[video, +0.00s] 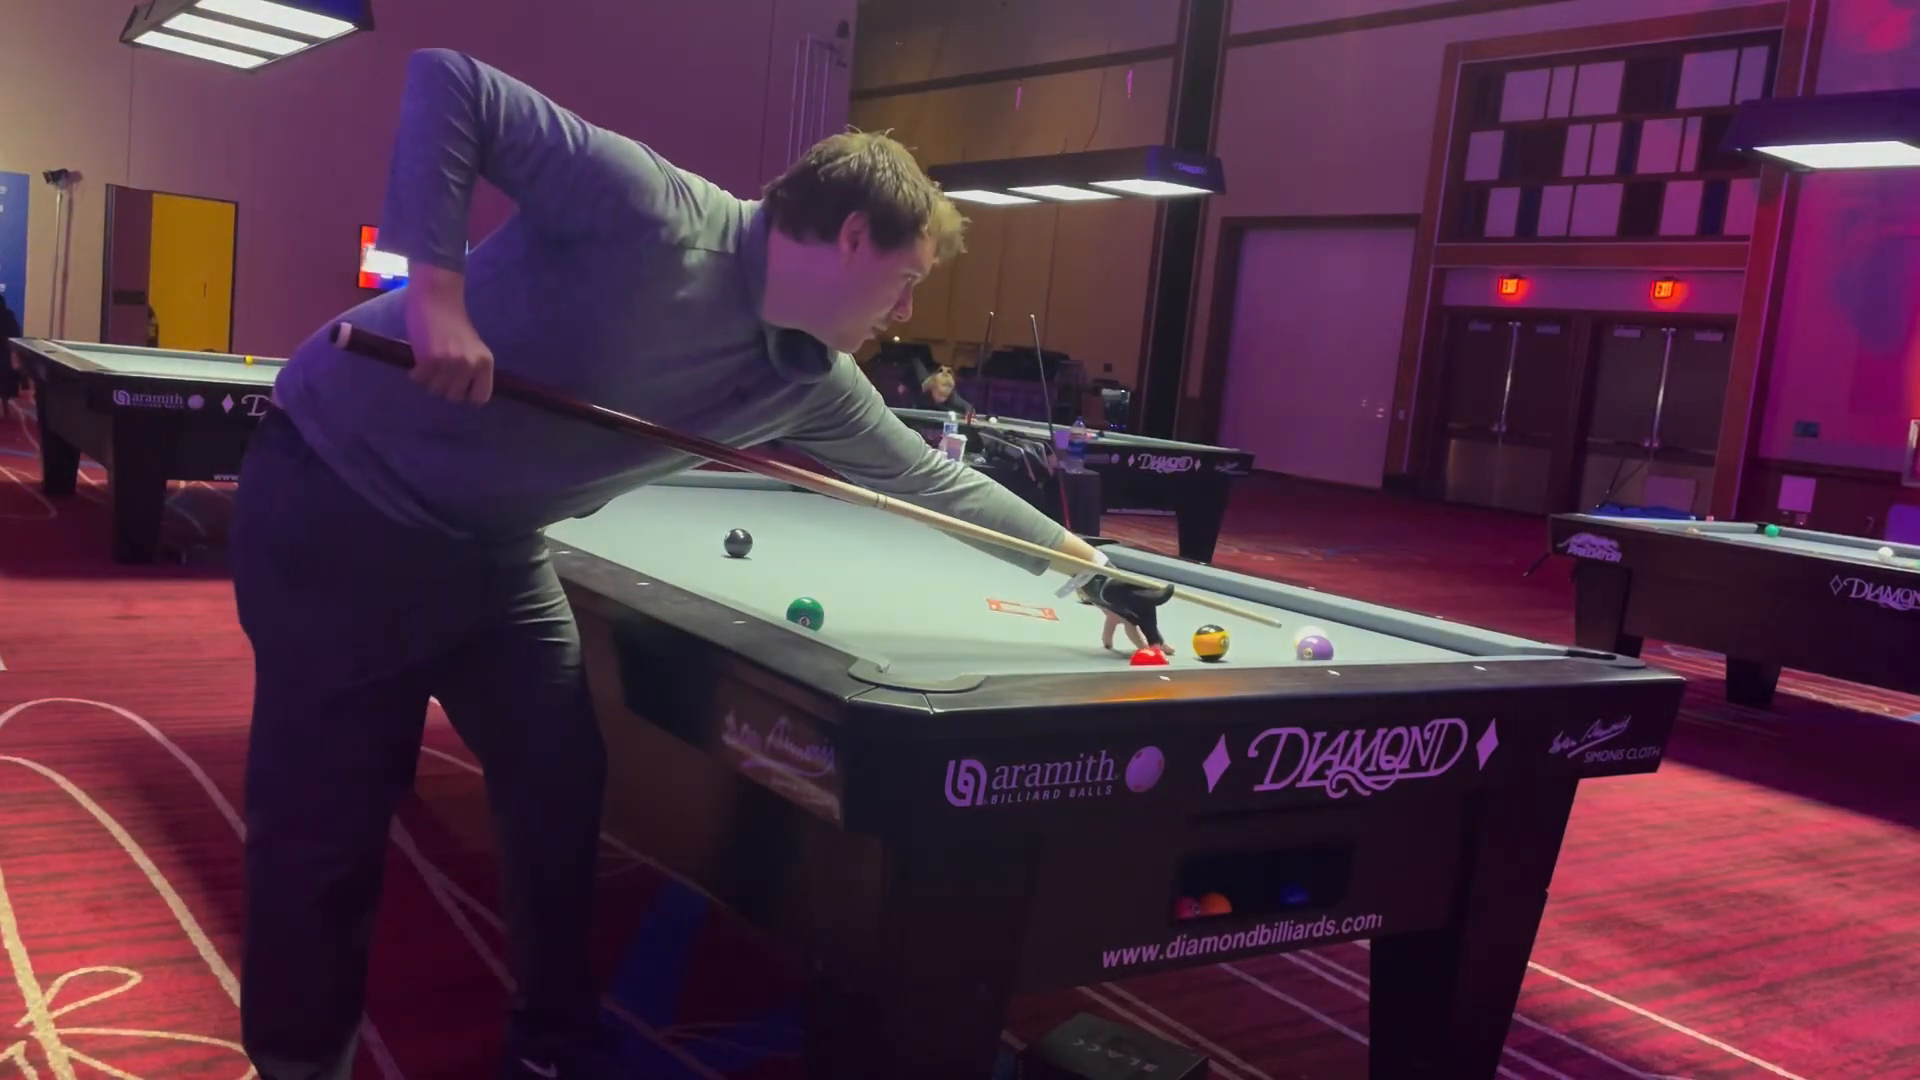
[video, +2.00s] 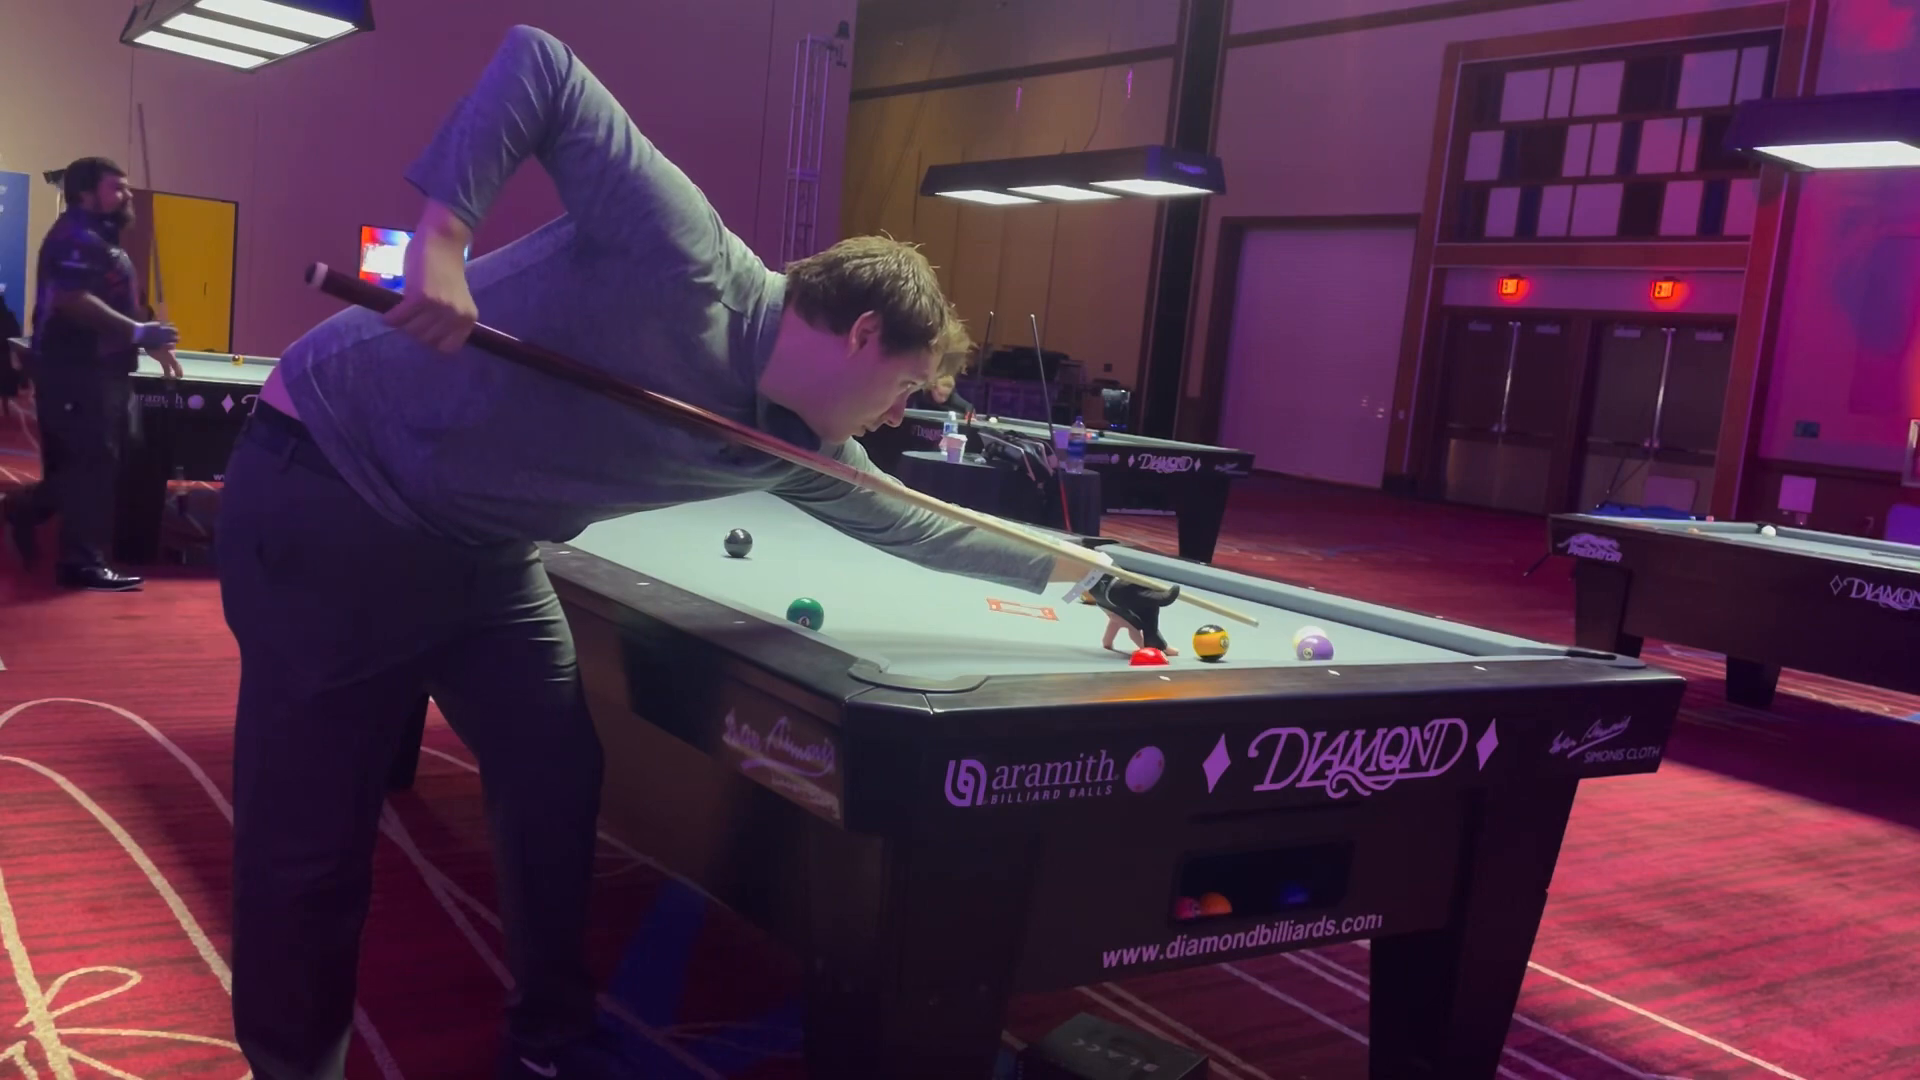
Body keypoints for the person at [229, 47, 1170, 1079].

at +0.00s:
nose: (903, 313)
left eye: (915, 289)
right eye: (907, 279)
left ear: (847, 249)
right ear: (848, 237)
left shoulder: (807, 384)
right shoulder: (648, 208)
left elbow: (940, 479)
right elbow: (448, 83)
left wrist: (1086, 561)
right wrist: (432, 287)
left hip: (494, 535)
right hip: (345, 487)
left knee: (559, 774)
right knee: (324, 819)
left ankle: (551, 1037)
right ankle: (298, 1058)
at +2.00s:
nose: (892, 423)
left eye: (909, 405)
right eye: (903, 393)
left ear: (852, 344)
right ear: (857, 334)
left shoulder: (787, 436)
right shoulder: (678, 241)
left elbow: (912, 525)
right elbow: (535, 68)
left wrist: (1068, 561)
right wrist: (437, 239)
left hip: (482, 532)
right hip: (329, 478)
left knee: (553, 761)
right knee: (310, 827)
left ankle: (547, 1031)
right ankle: (293, 1056)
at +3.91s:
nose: (892, 433)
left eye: (910, 414)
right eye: (904, 403)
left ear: (853, 349)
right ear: (858, 342)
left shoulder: (782, 433)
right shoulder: (684, 252)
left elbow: (907, 527)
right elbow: (534, 76)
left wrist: (1063, 563)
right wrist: (436, 247)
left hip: (486, 536)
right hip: (335, 480)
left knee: (553, 764)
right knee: (314, 826)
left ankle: (547, 1034)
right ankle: (292, 1058)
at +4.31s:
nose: (903, 286)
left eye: (913, 265)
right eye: (902, 255)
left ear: (839, 226)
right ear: (833, 216)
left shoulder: (790, 360)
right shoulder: (651, 216)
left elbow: (899, 447)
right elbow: (414, 196)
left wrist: (1054, 519)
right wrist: (506, 382)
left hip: (491, 532)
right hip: (342, 485)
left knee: (549, 777)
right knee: (333, 818)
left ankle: (549, 1034)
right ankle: (304, 1055)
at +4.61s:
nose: (816, 179)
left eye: (834, 160)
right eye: (808, 144)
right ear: (732, 90)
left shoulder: (743, 256)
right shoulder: (575, 140)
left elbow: (853, 328)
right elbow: (343, 182)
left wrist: (996, 369)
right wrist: (487, 347)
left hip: (497, 526)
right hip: (356, 496)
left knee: (552, 771)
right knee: (367, 814)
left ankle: (549, 1036)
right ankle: (311, 1062)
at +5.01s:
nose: (702, 63)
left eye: (730, 37)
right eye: (682, 21)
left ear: (745, 44)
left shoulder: (677, 165)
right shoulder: (469, 96)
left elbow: (717, 261)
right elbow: (261, 227)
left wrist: (872, 294)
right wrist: (439, 352)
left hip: (520, 522)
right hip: (375, 514)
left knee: (551, 791)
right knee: (390, 805)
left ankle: (548, 1032)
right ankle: (317, 1060)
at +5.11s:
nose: (630, 6)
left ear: (676, 12)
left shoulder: (643, 128)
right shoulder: (415, 81)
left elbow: (640, 272)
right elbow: (220, 222)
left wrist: (750, 342)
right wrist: (402, 345)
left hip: (526, 525)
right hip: (374, 522)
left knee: (545, 803)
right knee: (395, 818)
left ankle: (549, 1034)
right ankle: (320, 1064)